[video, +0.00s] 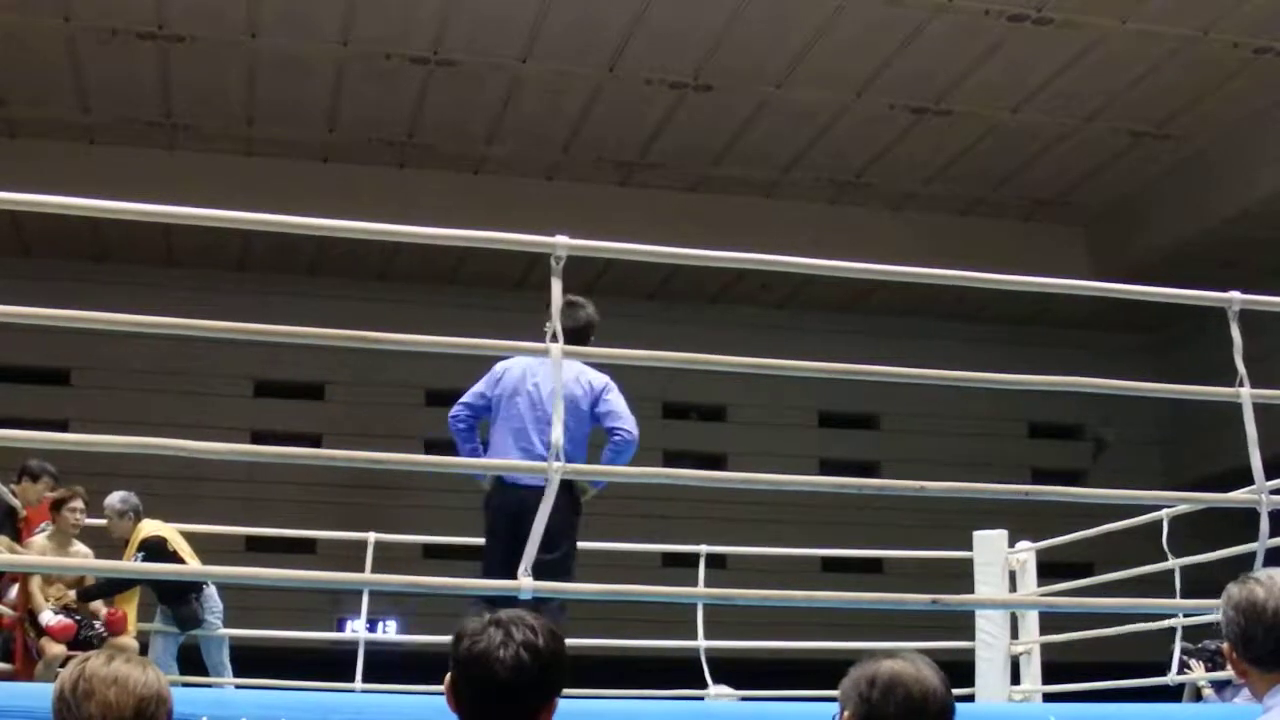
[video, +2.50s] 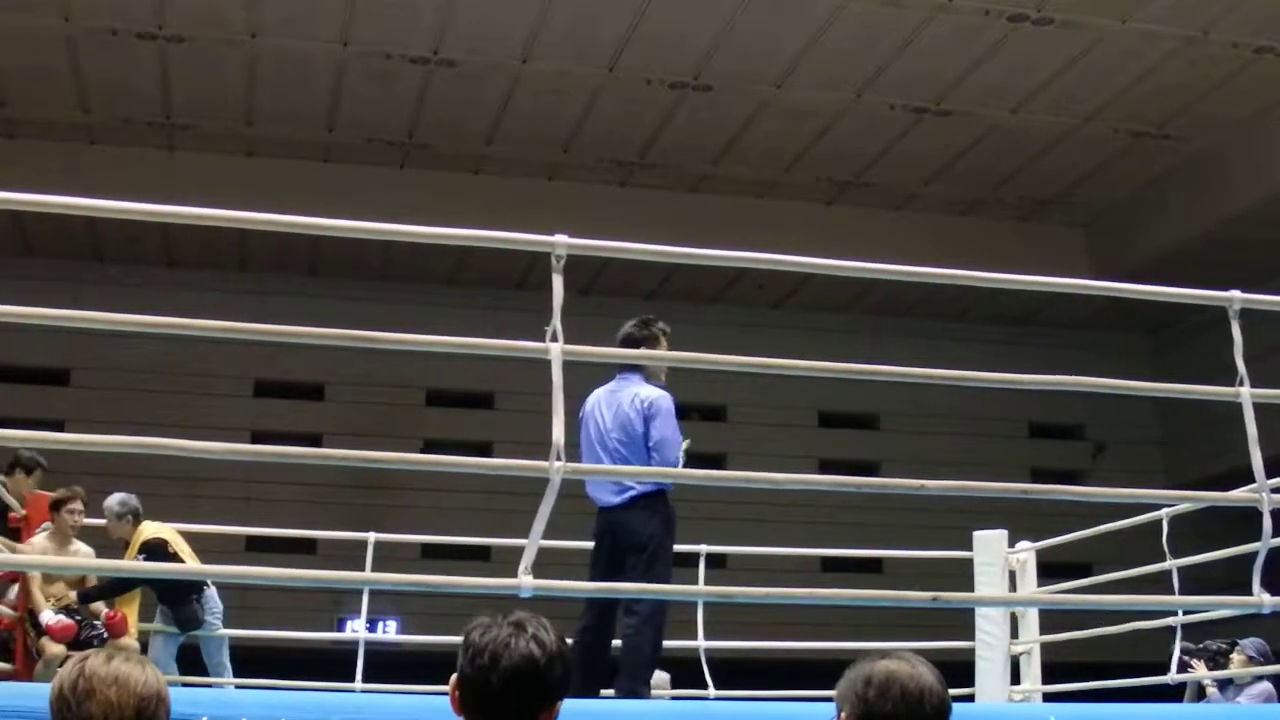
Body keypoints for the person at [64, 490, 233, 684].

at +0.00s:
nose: (107, 525)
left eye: (110, 519)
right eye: (107, 519)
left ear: (129, 517)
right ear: (126, 517)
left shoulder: (153, 539)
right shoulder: (136, 537)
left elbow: (126, 580)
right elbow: (122, 579)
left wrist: (80, 595)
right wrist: (85, 593)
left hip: (201, 600)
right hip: (171, 603)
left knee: (218, 665)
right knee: (160, 660)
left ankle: (230, 711)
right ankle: (173, 711)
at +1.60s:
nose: (105, 524)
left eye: (109, 519)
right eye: (106, 518)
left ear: (127, 521)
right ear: (127, 521)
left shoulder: (154, 542)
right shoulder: (136, 540)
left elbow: (125, 584)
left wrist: (79, 596)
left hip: (202, 601)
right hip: (170, 603)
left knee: (218, 666)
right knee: (160, 660)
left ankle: (229, 711)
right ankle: (177, 709)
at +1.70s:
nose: (105, 524)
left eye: (109, 518)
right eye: (106, 518)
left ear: (128, 520)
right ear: (128, 520)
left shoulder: (154, 541)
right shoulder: (137, 540)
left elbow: (124, 584)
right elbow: (123, 584)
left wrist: (79, 596)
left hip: (202, 600)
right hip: (171, 603)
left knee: (218, 666)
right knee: (160, 660)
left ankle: (229, 712)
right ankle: (176, 709)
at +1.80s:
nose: (106, 525)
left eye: (109, 519)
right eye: (106, 519)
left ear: (127, 521)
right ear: (127, 520)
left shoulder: (154, 542)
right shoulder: (138, 538)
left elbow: (126, 583)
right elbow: (124, 582)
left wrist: (79, 596)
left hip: (202, 600)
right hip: (171, 603)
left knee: (218, 666)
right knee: (160, 660)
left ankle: (229, 712)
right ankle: (176, 709)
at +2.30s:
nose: (106, 525)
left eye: (109, 520)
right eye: (106, 520)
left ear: (128, 521)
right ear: (129, 520)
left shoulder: (154, 543)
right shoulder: (139, 539)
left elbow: (125, 583)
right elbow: (127, 583)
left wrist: (78, 597)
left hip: (202, 600)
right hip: (171, 603)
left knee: (217, 665)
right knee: (160, 660)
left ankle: (230, 713)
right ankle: (173, 709)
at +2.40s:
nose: (105, 525)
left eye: (109, 519)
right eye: (106, 519)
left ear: (128, 520)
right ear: (128, 520)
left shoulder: (154, 543)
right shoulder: (139, 539)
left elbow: (124, 584)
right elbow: (125, 583)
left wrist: (79, 597)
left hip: (202, 600)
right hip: (171, 603)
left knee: (217, 664)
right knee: (159, 660)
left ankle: (230, 712)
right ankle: (175, 708)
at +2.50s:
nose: (106, 525)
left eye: (109, 519)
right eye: (106, 519)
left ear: (127, 520)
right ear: (128, 520)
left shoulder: (154, 542)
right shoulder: (138, 539)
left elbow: (125, 583)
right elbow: (125, 582)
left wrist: (79, 597)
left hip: (202, 600)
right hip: (171, 603)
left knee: (217, 665)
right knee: (160, 660)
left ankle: (230, 712)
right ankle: (175, 708)